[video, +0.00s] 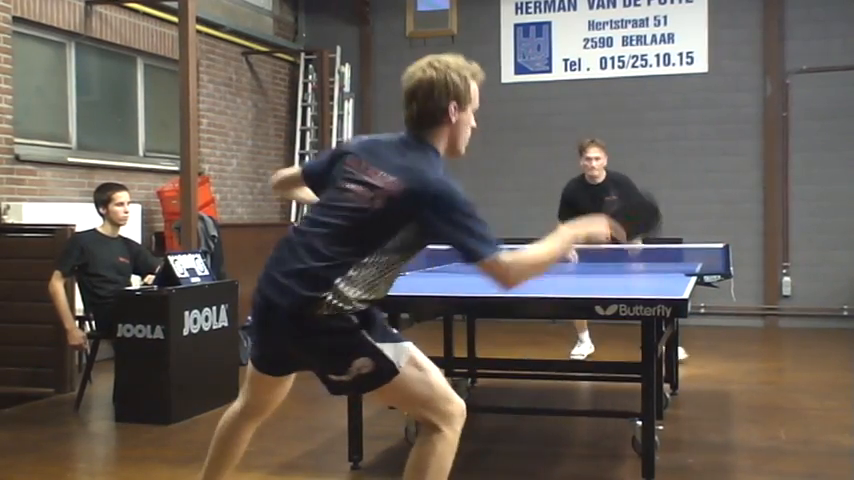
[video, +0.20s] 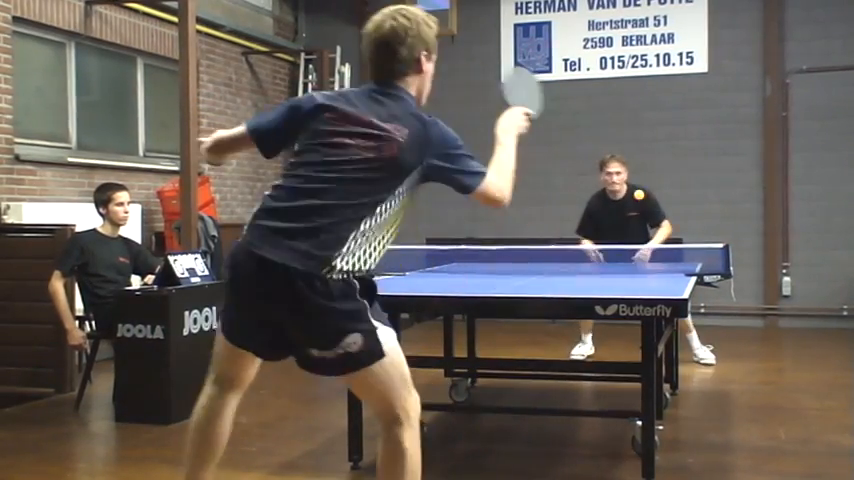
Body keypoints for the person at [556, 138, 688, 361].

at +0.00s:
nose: (592, 164)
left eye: (597, 159)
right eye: (588, 159)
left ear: (605, 160)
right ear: (580, 162)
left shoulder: (621, 183)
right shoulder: (572, 189)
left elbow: (644, 214)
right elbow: (563, 223)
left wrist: (636, 238)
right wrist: (566, 245)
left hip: (624, 251)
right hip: (587, 254)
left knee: (652, 289)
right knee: (571, 292)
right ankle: (583, 340)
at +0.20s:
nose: (613, 179)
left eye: (618, 173)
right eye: (609, 174)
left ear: (626, 175)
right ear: (601, 177)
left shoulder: (641, 196)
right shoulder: (596, 202)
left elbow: (665, 227)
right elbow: (583, 238)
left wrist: (649, 247)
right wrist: (588, 247)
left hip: (641, 265)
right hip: (606, 267)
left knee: (676, 295)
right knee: (583, 292)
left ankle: (696, 347)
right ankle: (585, 342)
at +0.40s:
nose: (627, 180)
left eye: (632, 175)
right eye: (622, 176)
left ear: (639, 175)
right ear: (614, 177)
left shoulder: (653, 192)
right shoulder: (608, 203)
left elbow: (684, 221)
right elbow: (605, 239)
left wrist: (667, 233)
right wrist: (613, 249)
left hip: (659, 261)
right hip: (624, 263)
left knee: (683, 296)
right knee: (600, 294)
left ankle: (701, 346)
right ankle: (596, 346)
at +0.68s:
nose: (638, 180)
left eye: (642, 174)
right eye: (633, 175)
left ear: (648, 174)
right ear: (623, 176)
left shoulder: (660, 192)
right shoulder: (615, 201)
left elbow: (692, 219)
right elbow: (603, 239)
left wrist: (686, 216)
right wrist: (639, 241)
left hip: (660, 262)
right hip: (623, 265)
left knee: (691, 293)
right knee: (603, 295)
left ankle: (703, 347)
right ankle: (597, 347)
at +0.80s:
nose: (643, 173)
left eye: (647, 169)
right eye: (638, 168)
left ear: (652, 170)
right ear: (628, 170)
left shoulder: (662, 189)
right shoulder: (620, 195)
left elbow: (691, 218)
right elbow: (606, 233)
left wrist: (695, 210)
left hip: (663, 262)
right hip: (627, 263)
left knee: (693, 294)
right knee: (604, 296)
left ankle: (703, 347)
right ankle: (597, 347)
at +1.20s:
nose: (638, 168)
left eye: (643, 164)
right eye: (633, 164)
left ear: (651, 167)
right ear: (626, 167)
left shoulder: (666, 190)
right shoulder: (619, 194)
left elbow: (688, 219)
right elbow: (597, 222)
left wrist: (680, 227)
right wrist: (583, 220)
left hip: (664, 262)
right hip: (626, 263)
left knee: (684, 299)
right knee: (591, 290)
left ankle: (701, 347)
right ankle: (580, 340)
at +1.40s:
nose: (611, 174)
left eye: (616, 170)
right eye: (606, 170)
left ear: (624, 173)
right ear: (599, 173)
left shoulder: (637, 196)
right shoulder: (592, 200)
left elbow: (660, 227)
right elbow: (573, 228)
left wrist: (651, 239)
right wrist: (562, 242)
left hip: (636, 266)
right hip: (600, 267)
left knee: (668, 298)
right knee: (563, 289)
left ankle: (698, 347)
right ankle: (569, 341)